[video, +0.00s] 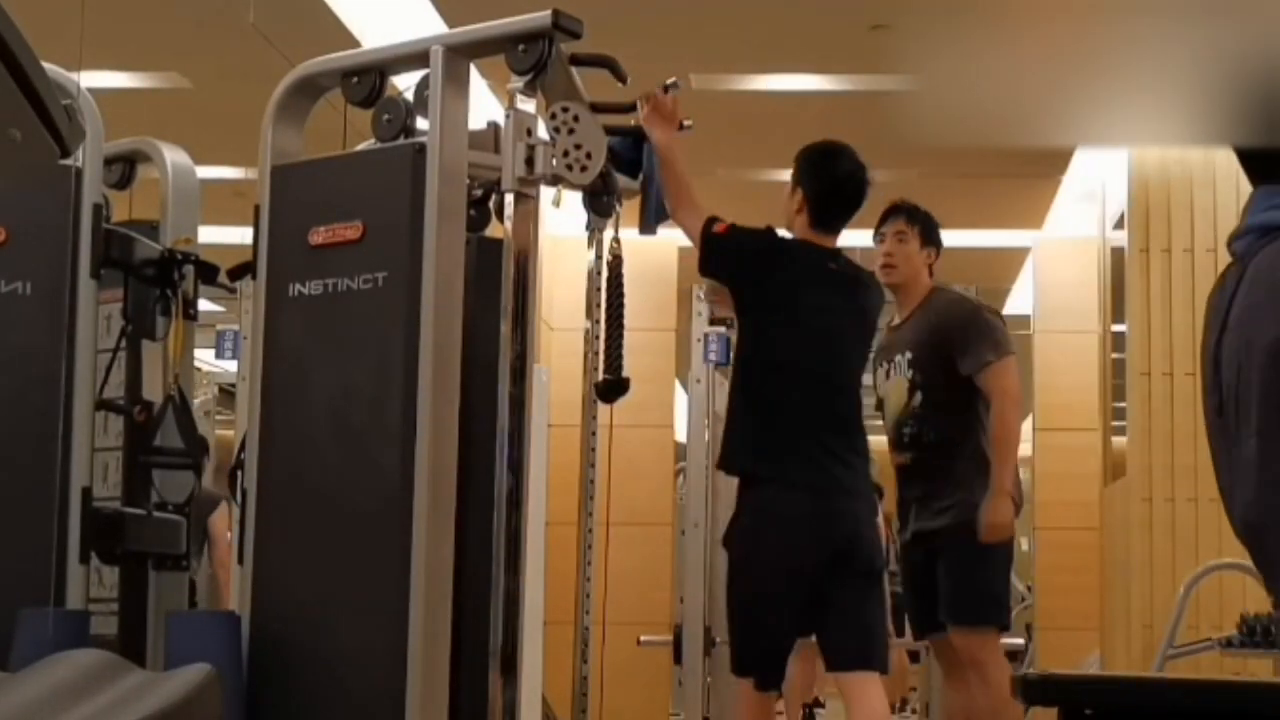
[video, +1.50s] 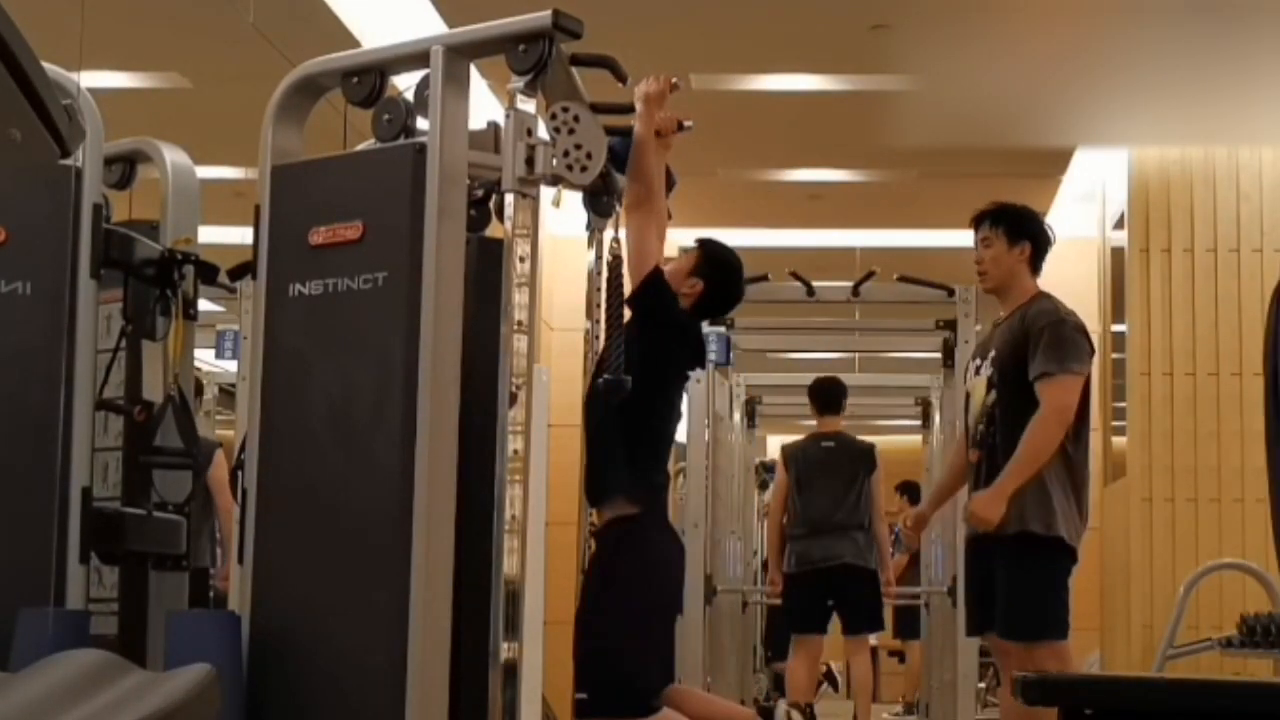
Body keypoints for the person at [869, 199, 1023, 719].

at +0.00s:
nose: (887, 250)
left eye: (901, 239)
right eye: (881, 240)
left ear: (930, 255)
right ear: (874, 253)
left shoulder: (960, 313)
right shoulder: (886, 338)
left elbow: (1008, 396)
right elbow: (894, 434)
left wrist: (1001, 493)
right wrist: (893, 510)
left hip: (969, 509)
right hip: (918, 516)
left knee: (976, 642)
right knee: (945, 647)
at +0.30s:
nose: (926, 251)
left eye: (939, 240)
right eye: (924, 241)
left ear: (974, 251)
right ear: (923, 251)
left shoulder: (1001, 316)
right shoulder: (935, 338)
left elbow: (1016, 410)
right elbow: (919, 437)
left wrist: (983, 497)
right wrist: (874, 510)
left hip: (1003, 518)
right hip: (945, 523)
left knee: (1020, 652)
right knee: (963, 653)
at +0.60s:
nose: (954, 246)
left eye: (967, 235)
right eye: (956, 236)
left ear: (1001, 247)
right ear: (982, 249)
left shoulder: (1036, 319)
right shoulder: (963, 340)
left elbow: (1046, 413)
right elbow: (951, 424)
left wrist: (967, 475)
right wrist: (904, 477)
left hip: (1034, 521)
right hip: (978, 522)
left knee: (1047, 657)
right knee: (976, 653)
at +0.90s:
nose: (967, 247)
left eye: (980, 236)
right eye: (971, 236)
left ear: (1015, 249)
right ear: (997, 249)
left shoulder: (1048, 325)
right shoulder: (989, 335)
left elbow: (1071, 430)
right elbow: (982, 436)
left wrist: (1072, 527)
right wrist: (954, 519)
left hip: (1043, 524)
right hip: (991, 523)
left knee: (1057, 657)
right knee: (965, 638)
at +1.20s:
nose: (975, 254)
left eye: (986, 241)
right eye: (974, 243)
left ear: (1022, 248)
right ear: (984, 250)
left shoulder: (1056, 323)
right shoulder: (990, 338)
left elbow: (1081, 421)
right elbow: (983, 441)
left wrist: (1054, 509)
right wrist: (961, 519)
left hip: (1037, 525)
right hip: (992, 526)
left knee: (1048, 656)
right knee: (1001, 653)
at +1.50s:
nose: (977, 257)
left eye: (988, 246)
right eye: (976, 247)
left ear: (1024, 252)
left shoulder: (1053, 322)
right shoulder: (990, 339)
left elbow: (1059, 412)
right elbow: (974, 440)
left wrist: (1000, 490)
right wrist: (928, 507)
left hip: (1038, 519)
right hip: (995, 518)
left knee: (1046, 662)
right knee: (1008, 656)